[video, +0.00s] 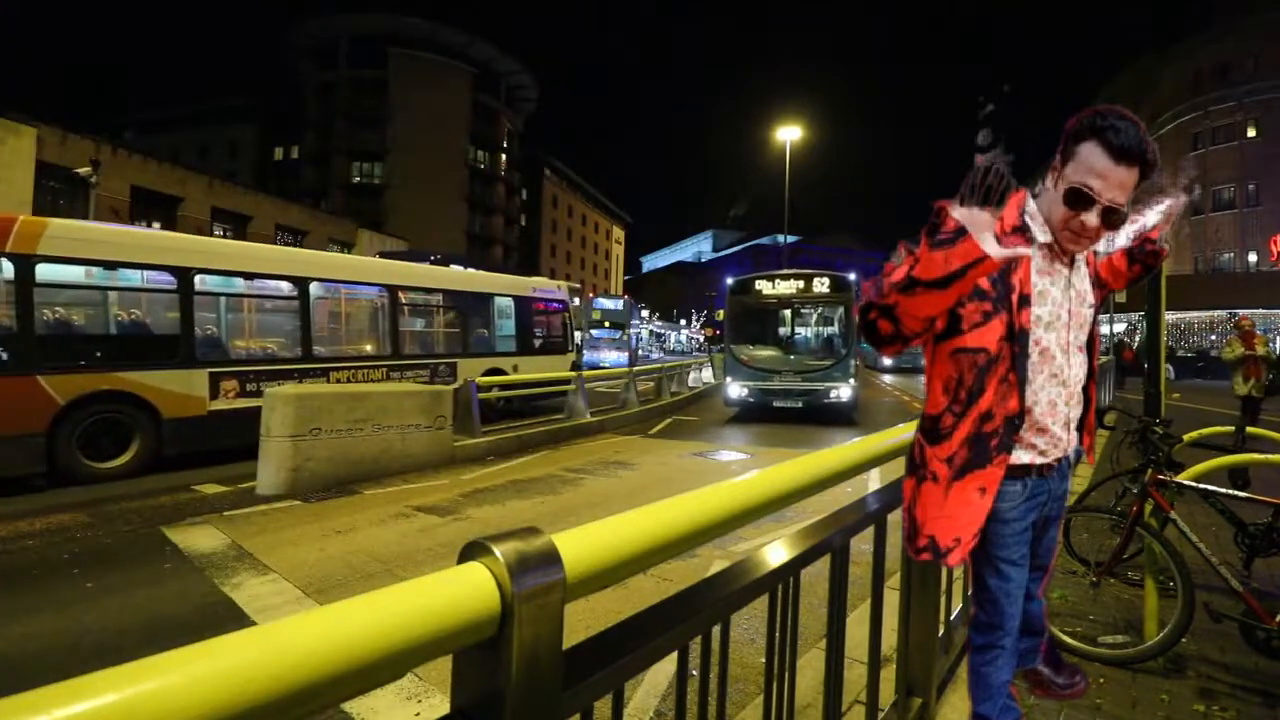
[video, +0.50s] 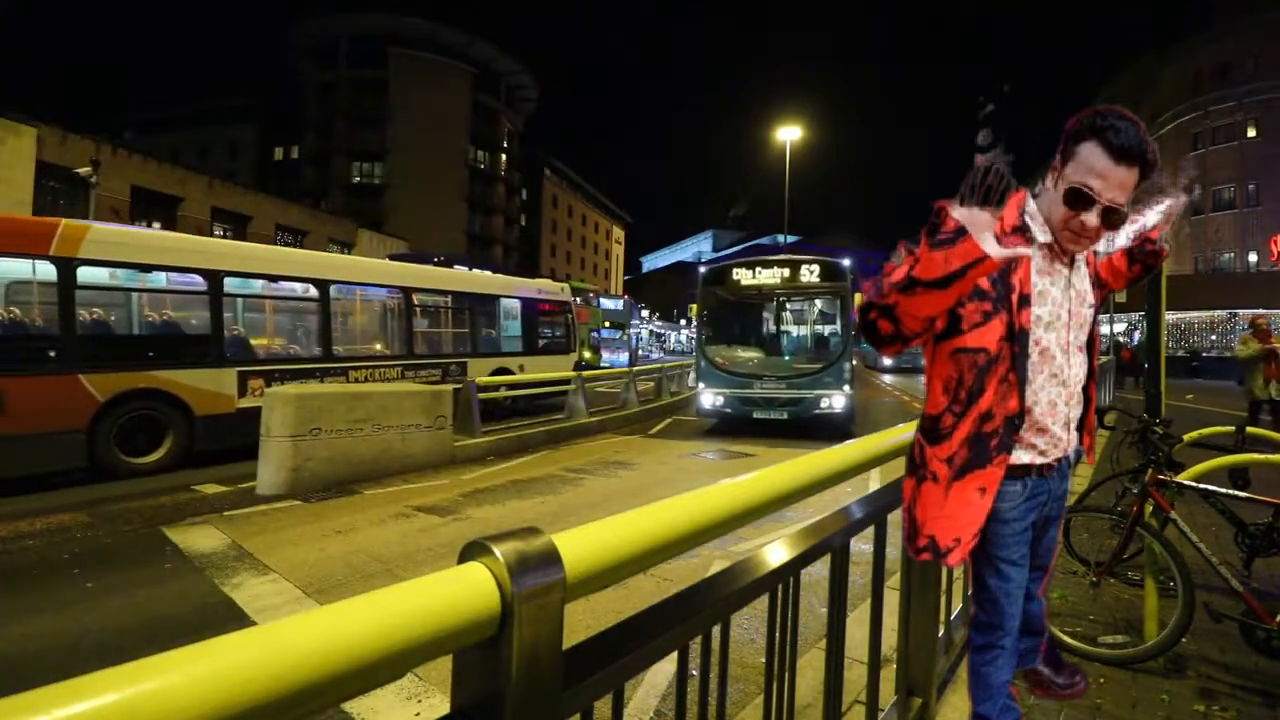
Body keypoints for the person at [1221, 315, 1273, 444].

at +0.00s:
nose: (1247, 329)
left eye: (1250, 326)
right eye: (1243, 327)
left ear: (1254, 327)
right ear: (1238, 329)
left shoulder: (1261, 340)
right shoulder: (1233, 341)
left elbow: (1272, 358)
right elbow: (1225, 357)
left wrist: (1261, 353)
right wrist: (1241, 353)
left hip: (1259, 382)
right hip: (1242, 382)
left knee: (1255, 411)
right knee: (1245, 411)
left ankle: (1252, 435)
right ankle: (1240, 438)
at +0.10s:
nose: (1249, 331)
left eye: (1251, 327)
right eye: (1245, 328)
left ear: (1255, 328)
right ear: (1240, 331)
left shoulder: (1263, 341)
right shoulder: (1235, 343)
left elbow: (1273, 358)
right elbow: (1227, 359)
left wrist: (1264, 353)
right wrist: (1244, 354)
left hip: (1261, 380)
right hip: (1244, 381)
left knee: (1258, 408)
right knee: (1248, 408)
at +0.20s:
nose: (1251, 332)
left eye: (1253, 328)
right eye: (1247, 329)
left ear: (1257, 329)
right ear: (1241, 331)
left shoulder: (1265, 341)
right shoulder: (1236, 344)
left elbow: (1274, 359)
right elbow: (1229, 360)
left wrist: (1266, 354)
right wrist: (1247, 355)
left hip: (1264, 380)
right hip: (1246, 381)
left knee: (1262, 408)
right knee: (1251, 408)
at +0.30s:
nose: (1254, 330)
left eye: (1256, 326)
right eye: (1250, 328)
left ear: (1260, 327)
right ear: (1245, 330)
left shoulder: (1267, 341)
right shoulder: (1239, 344)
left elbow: (1275, 354)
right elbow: (1232, 358)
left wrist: (1271, 354)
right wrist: (1252, 355)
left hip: (1268, 381)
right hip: (1249, 381)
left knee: (1266, 408)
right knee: (1253, 410)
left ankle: (1251, 430)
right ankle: (1243, 437)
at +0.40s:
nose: (1259, 327)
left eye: (1261, 324)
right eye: (1256, 325)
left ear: (1264, 325)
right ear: (1249, 327)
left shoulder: (1271, 339)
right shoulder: (1244, 340)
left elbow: (1277, 351)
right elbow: (1236, 355)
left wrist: (1272, 350)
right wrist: (1257, 351)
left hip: (1272, 382)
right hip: (1253, 383)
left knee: (1273, 407)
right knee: (1253, 408)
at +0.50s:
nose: (1264, 329)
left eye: (1266, 325)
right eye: (1260, 326)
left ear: (1270, 326)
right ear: (1254, 328)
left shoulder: (1273, 340)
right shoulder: (1247, 340)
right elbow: (1239, 355)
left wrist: (1275, 348)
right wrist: (1263, 349)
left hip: (1274, 383)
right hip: (1256, 385)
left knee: (1277, 413)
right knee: (1254, 414)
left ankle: (1276, 436)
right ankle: (1252, 438)